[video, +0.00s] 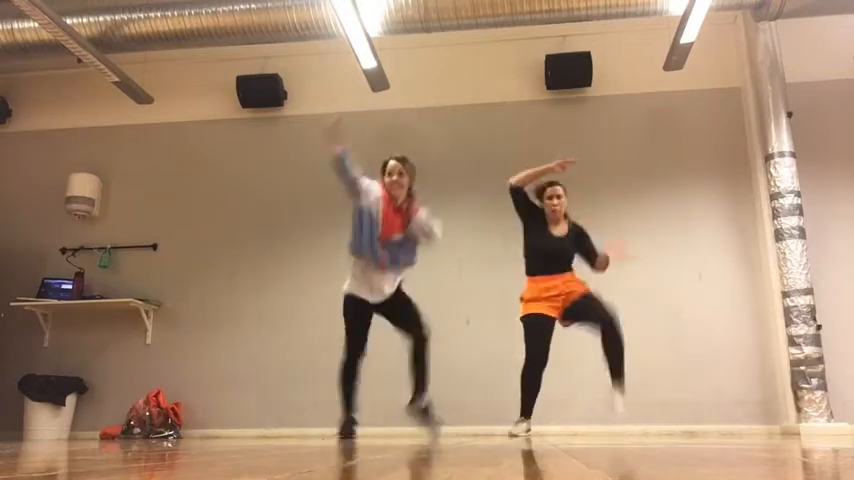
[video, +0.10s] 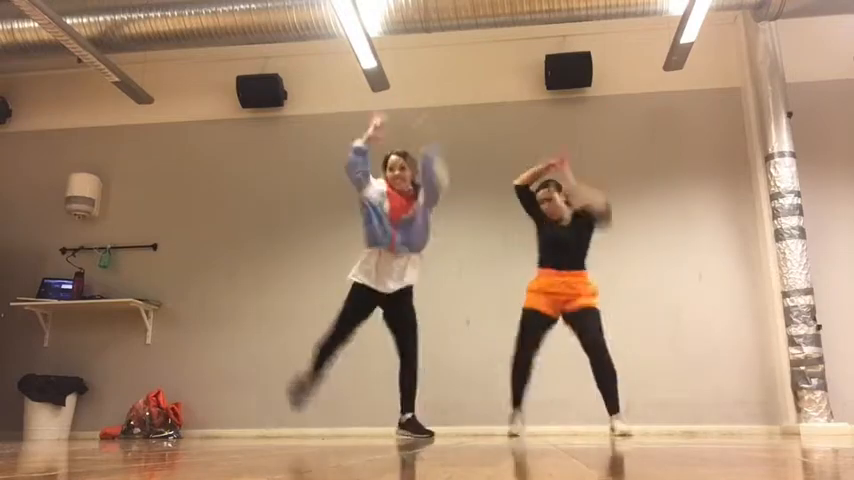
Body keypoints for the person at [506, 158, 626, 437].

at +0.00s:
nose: (555, 201)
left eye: (559, 197)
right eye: (550, 197)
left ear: (566, 200)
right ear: (543, 202)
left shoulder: (575, 231)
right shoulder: (533, 220)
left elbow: (598, 264)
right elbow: (514, 186)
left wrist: (606, 255)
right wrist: (550, 168)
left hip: (570, 292)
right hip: (539, 296)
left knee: (607, 318)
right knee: (535, 358)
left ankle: (618, 387)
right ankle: (524, 419)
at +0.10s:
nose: (546, 206)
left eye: (549, 200)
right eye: (542, 203)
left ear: (562, 196)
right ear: (539, 206)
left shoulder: (584, 219)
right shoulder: (542, 221)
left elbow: (603, 207)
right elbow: (519, 188)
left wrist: (573, 186)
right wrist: (544, 167)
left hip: (578, 291)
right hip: (544, 290)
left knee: (597, 350)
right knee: (524, 349)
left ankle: (615, 417)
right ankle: (516, 411)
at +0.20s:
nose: (535, 218)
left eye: (537, 212)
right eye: (532, 214)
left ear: (551, 203)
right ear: (537, 212)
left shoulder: (579, 205)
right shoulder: (548, 221)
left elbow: (592, 173)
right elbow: (522, 203)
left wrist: (578, 139)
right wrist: (524, 171)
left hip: (584, 286)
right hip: (554, 284)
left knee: (604, 347)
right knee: (507, 307)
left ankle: (621, 414)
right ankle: (518, 367)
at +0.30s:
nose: (528, 223)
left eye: (531, 216)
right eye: (527, 219)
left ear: (548, 211)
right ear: (539, 217)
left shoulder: (573, 213)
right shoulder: (545, 238)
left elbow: (589, 190)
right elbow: (517, 243)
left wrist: (594, 157)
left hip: (591, 293)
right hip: (563, 291)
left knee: (606, 352)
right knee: (511, 280)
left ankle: (622, 415)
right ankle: (533, 336)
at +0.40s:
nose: (526, 223)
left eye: (528, 217)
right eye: (525, 218)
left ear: (544, 212)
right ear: (539, 216)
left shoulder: (569, 218)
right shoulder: (549, 243)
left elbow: (594, 218)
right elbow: (546, 278)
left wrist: (612, 215)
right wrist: (537, 298)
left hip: (591, 295)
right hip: (561, 296)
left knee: (602, 355)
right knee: (512, 305)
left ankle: (622, 417)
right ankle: (543, 359)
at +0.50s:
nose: (525, 220)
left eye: (528, 213)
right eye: (523, 215)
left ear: (544, 210)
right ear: (538, 214)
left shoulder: (572, 228)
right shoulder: (544, 245)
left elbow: (605, 254)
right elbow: (558, 284)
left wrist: (635, 274)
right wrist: (565, 319)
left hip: (585, 298)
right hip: (556, 303)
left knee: (597, 356)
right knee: (530, 356)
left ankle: (627, 417)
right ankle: (552, 413)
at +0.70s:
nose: (545, 209)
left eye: (549, 204)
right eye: (540, 205)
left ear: (558, 204)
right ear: (532, 208)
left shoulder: (572, 221)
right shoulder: (529, 220)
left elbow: (613, 228)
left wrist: (654, 230)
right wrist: (482, 191)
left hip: (580, 283)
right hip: (550, 290)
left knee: (594, 315)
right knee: (543, 353)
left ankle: (614, 381)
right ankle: (552, 414)